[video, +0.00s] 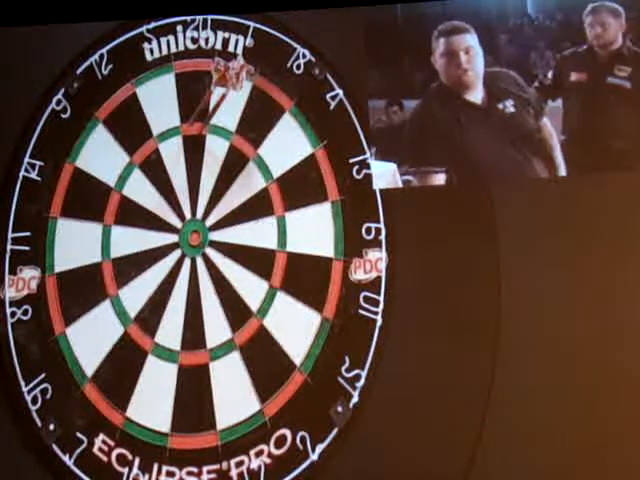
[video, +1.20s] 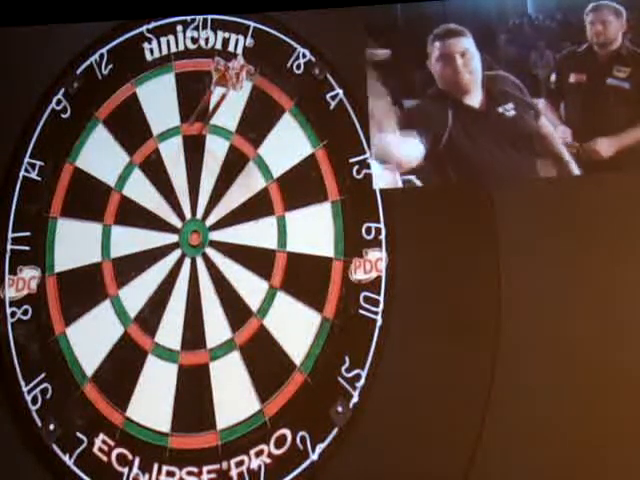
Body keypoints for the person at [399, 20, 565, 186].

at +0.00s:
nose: (462, 62)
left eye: (468, 52)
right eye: (450, 55)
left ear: (481, 54)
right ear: (434, 62)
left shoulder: (506, 82)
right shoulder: (429, 116)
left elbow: (544, 128)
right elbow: (431, 192)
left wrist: (561, 176)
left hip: (543, 198)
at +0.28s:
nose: (463, 57)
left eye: (470, 48)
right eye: (451, 51)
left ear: (483, 51)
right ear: (436, 59)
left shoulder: (507, 81)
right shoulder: (430, 107)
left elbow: (545, 131)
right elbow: (404, 173)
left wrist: (567, 180)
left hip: (530, 203)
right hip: (468, 215)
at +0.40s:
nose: (462, 57)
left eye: (469, 48)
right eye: (451, 51)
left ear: (482, 52)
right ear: (437, 59)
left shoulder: (508, 81)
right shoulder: (433, 103)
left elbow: (545, 130)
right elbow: (408, 147)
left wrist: (569, 177)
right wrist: (384, 160)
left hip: (529, 201)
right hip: (470, 213)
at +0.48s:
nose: (461, 57)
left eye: (468, 48)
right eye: (449, 51)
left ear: (481, 52)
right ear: (435, 60)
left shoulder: (506, 81)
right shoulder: (433, 104)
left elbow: (545, 129)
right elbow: (392, 154)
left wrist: (569, 177)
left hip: (530, 203)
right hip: (472, 215)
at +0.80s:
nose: (457, 58)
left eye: (464, 49)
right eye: (446, 52)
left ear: (477, 52)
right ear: (432, 61)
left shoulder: (503, 81)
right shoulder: (432, 102)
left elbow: (543, 128)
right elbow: (399, 151)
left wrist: (568, 177)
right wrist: (404, 79)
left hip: (530, 200)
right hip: (473, 210)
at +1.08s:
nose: (458, 64)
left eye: (464, 53)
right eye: (446, 57)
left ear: (477, 56)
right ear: (431, 67)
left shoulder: (503, 83)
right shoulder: (435, 107)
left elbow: (542, 130)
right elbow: (402, 161)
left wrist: (568, 177)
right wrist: (416, 90)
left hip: (533, 202)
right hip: (474, 213)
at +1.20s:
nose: (458, 66)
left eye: (465, 55)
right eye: (445, 59)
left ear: (479, 58)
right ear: (431, 68)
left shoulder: (504, 86)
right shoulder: (432, 110)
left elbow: (540, 129)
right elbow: (415, 143)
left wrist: (571, 168)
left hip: (529, 199)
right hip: (471, 210)